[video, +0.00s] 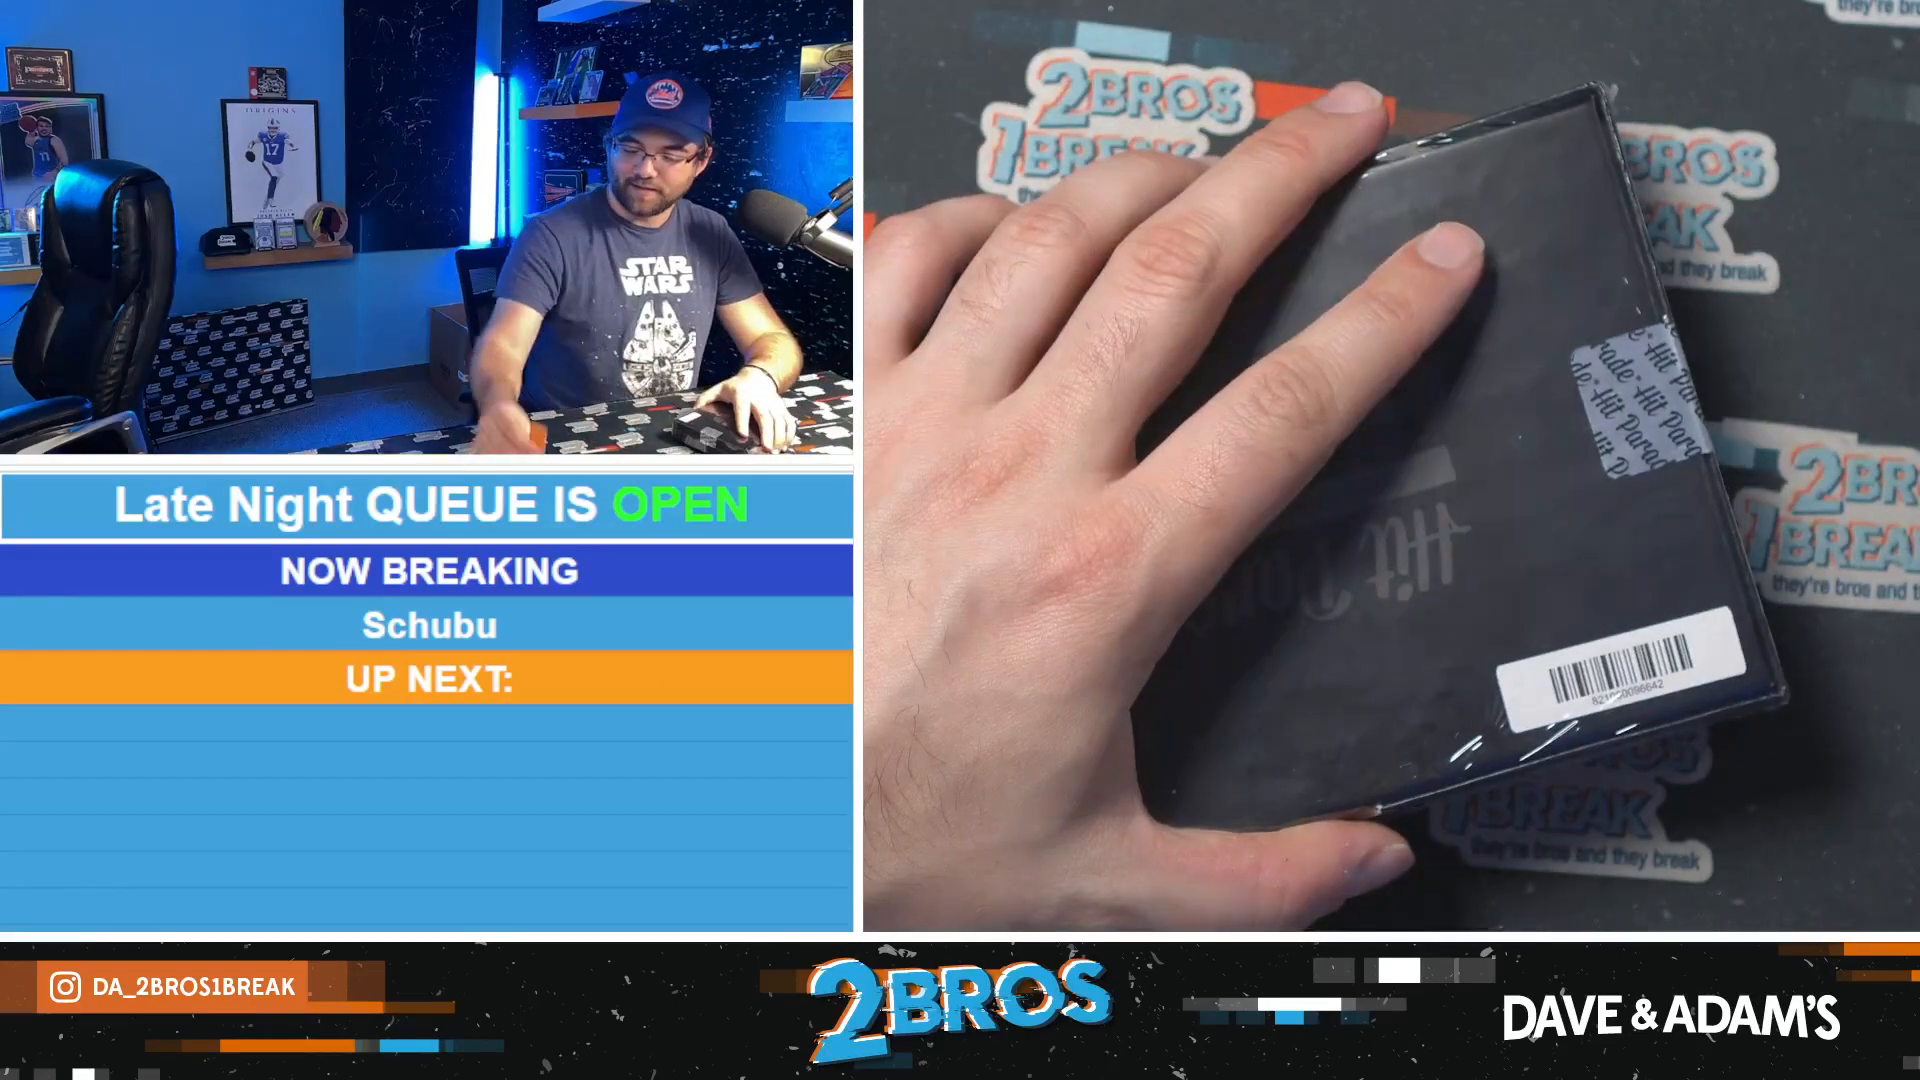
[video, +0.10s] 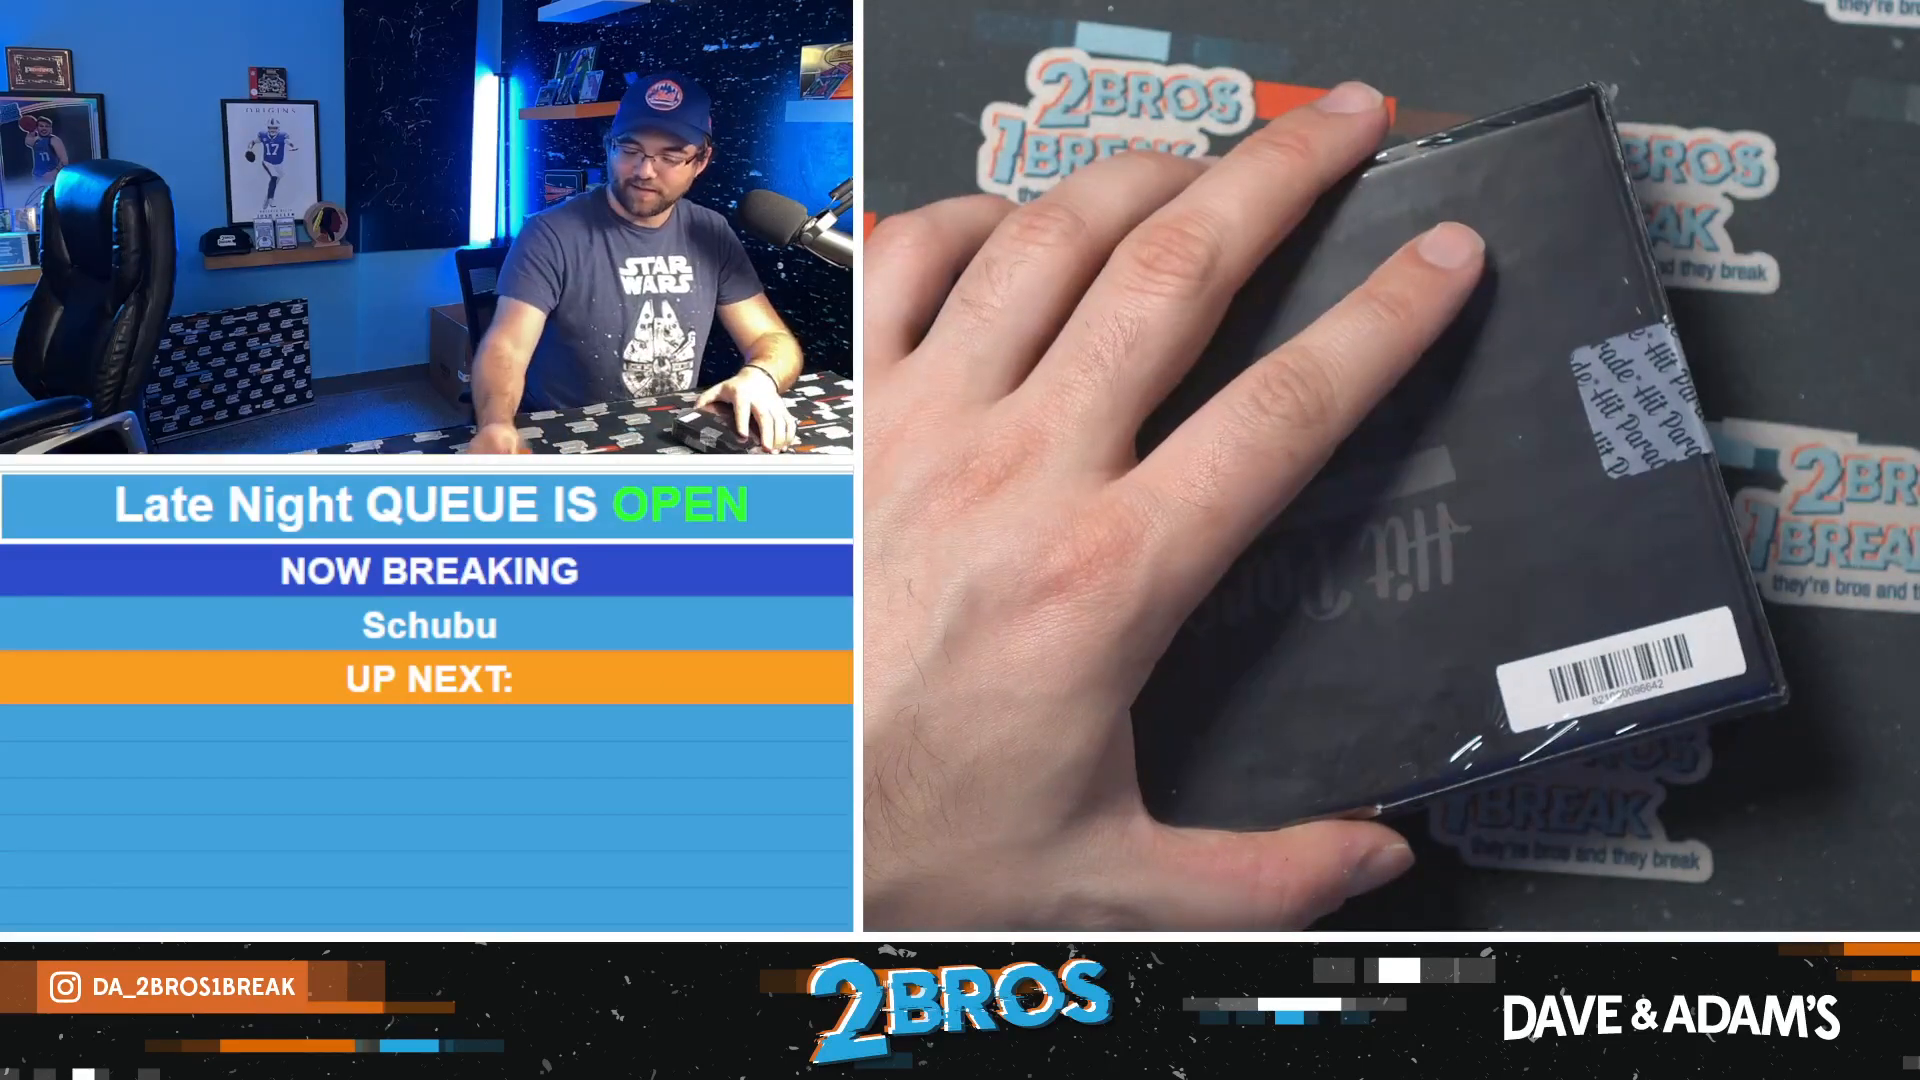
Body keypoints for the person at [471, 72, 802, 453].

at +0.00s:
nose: (645, 170)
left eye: (670, 155)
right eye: (631, 149)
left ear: (701, 161)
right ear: (610, 148)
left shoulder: (709, 236)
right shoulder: (550, 238)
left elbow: (772, 341)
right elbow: (499, 348)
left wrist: (760, 376)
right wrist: (496, 408)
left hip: (677, 455)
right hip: (568, 457)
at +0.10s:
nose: (644, 171)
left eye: (669, 156)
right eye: (631, 149)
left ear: (700, 161)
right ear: (611, 146)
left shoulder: (709, 236)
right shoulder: (549, 237)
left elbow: (772, 341)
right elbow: (503, 349)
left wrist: (760, 376)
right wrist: (494, 424)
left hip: (678, 452)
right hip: (569, 456)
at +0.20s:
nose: (644, 170)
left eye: (669, 155)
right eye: (630, 149)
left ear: (699, 160)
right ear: (610, 147)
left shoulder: (709, 236)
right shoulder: (550, 235)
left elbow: (771, 341)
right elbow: (505, 344)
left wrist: (760, 376)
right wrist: (498, 423)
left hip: (676, 452)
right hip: (568, 455)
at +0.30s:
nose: (644, 168)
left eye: (668, 153)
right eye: (631, 148)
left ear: (699, 159)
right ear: (611, 147)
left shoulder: (708, 236)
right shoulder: (551, 234)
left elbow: (771, 341)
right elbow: (505, 341)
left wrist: (760, 376)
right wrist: (496, 423)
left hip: (675, 453)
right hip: (567, 456)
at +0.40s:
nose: (652, 169)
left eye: (675, 154)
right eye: (637, 147)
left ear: (701, 160)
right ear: (613, 145)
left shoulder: (708, 236)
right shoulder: (552, 235)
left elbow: (771, 341)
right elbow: (503, 344)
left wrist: (760, 376)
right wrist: (509, 401)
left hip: (677, 456)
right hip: (570, 456)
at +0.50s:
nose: (665, 176)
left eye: (687, 161)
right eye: (650, 153)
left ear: (703, 167)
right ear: (614, 145)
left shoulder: (708, 235)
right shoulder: (550, 235)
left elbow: (771, 341)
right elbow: (501, 351)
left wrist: (759, 376)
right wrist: (548, 386)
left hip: (678, 457)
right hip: (575, 463)